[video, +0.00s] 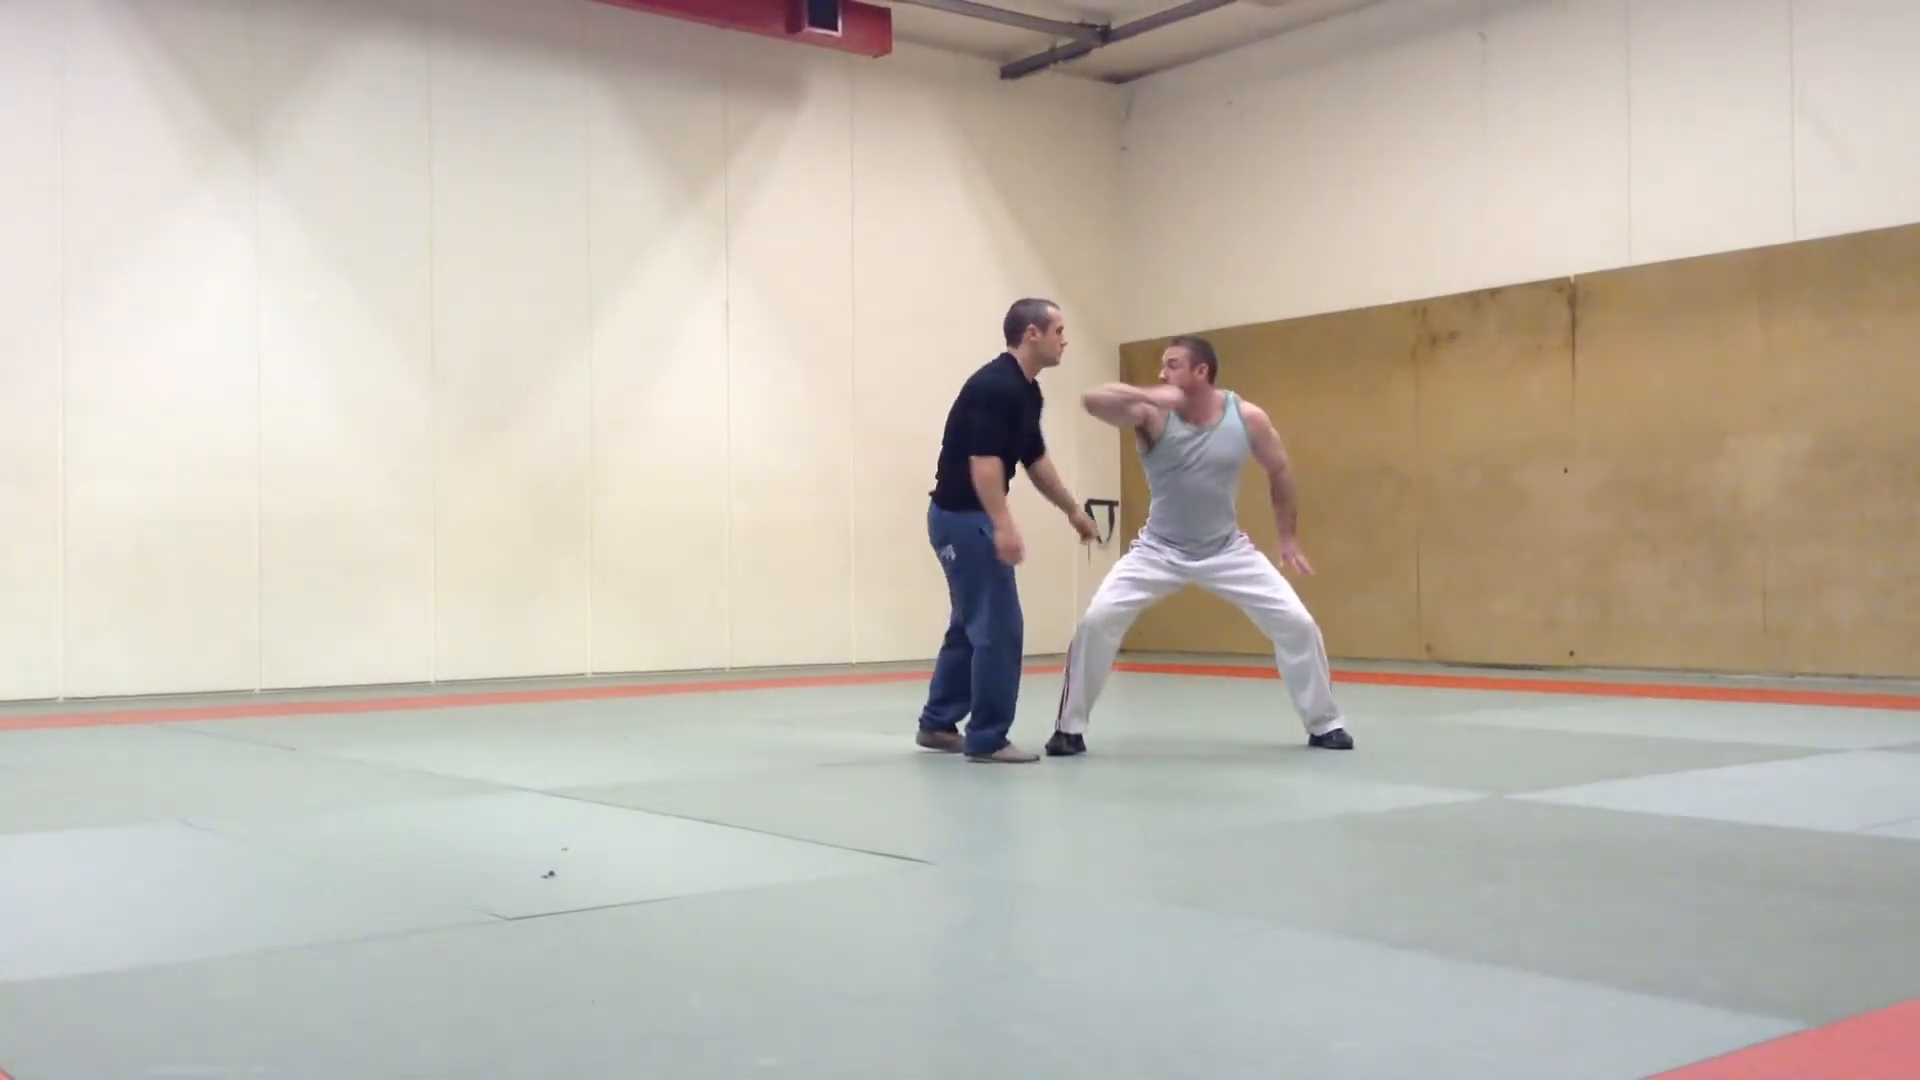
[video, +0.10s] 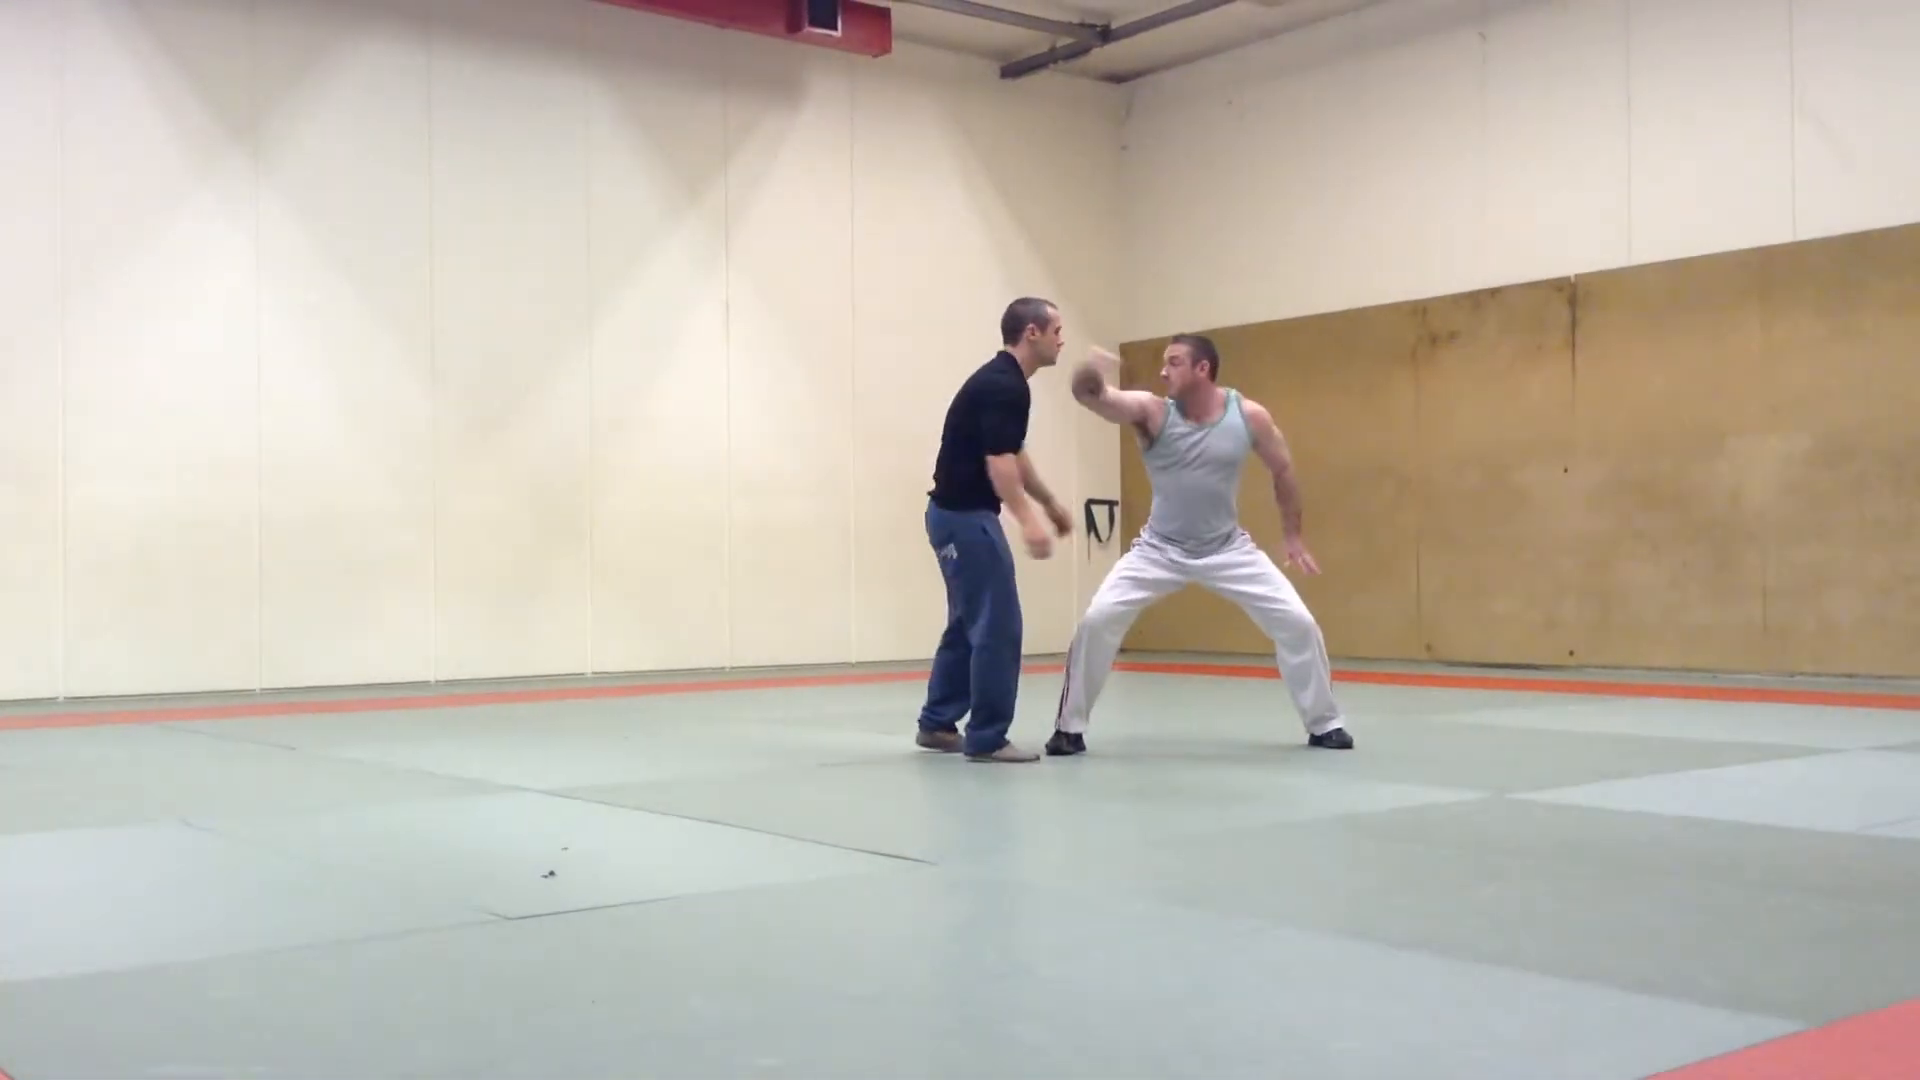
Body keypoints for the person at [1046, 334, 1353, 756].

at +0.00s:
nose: (1164, 375)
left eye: (1173, 366)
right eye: (1162, 367)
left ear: (1202, 371)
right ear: (1165, 375)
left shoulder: (1247, 418)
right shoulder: (1152, 413)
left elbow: (1280, 472)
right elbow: (1092, 400)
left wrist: (1287, 538)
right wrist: (1150, 396)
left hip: (1226, 551)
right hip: (1157, 551)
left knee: (1299, 625)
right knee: (1096, 621)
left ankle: (1323, 724)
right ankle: (1069, 729)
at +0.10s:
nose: (1164, 373)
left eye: (1174, 364)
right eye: (1164, 364)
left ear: (1203, 369)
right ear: (1166, 371)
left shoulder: (1248, 416)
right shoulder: (1151, 409)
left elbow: (1283, 472)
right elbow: (1090, 395)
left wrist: (1293, 537)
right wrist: (1090, 372)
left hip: (1227, 551)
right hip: (1158, 550)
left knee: (1299, 625)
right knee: (1096, 620)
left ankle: (1323, 724)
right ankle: (1069, 729)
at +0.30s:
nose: (1166, 369)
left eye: (1175, 361)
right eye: (1166, 361)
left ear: (1205, 366)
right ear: (1186, 368)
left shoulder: (1253, 414)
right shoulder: (1155, 407)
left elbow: (1293, 465)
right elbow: (1094, 387)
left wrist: (1310, 530)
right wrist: (1040, 361)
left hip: (1233, 549)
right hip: (1163, 549)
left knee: (1303, 626)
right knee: (1099, 622)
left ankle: (1324, 726)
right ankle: (1069, 730)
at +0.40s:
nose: (1165, 368)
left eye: (1174, 359)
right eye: (1165, 360)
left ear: (1204, 362)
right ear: (1185, 366)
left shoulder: (1253, 410)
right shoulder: (1156, 409)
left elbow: (1303, 457)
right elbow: (1092, 402)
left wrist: (1314, 515)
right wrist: (1054, 375)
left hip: (1238, 548)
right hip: (1168, 547)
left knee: (1302, 625)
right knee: (1109, 621)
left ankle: (1323, 724)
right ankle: (1071, 727)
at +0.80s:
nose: (1103, 347)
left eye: (1110, 338)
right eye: (1101, 339)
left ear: (1140, 339)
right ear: (1110, 342)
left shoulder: (1176, 375)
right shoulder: (1119, 407)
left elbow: (1152, 359)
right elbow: (1104, 466)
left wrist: (1074, 349)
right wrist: (1089, 447)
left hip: (1195, 516)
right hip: (1147, 526)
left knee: (1200, 601)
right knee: (1118, 625)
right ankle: (1162, 726)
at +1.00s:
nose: (1067, 346)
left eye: (1074, 339)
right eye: (1068, 340)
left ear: (1100, 338)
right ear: (1090, 340)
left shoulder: (1130, 366)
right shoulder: (1109, 398)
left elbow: (1062, 342)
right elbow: (1100, 477)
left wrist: (994, 361)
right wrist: (1054, 443)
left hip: (1157, 506)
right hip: (1138, 511)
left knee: (1090, 569)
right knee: (1112, 623)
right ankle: (1160, 725)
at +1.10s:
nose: (1051, 351)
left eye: (1057, 342)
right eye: (1051, 343)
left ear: (1077, 341)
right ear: (1086, 341)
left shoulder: (1112, 367)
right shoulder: (1091, 400)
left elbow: (1048, 339)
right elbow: (1049, 446)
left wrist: (985, 369)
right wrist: (999, 403)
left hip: (1138, 514)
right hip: (1122, 518)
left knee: (1072, 594)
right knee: (1106, 633)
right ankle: (1161, 727)